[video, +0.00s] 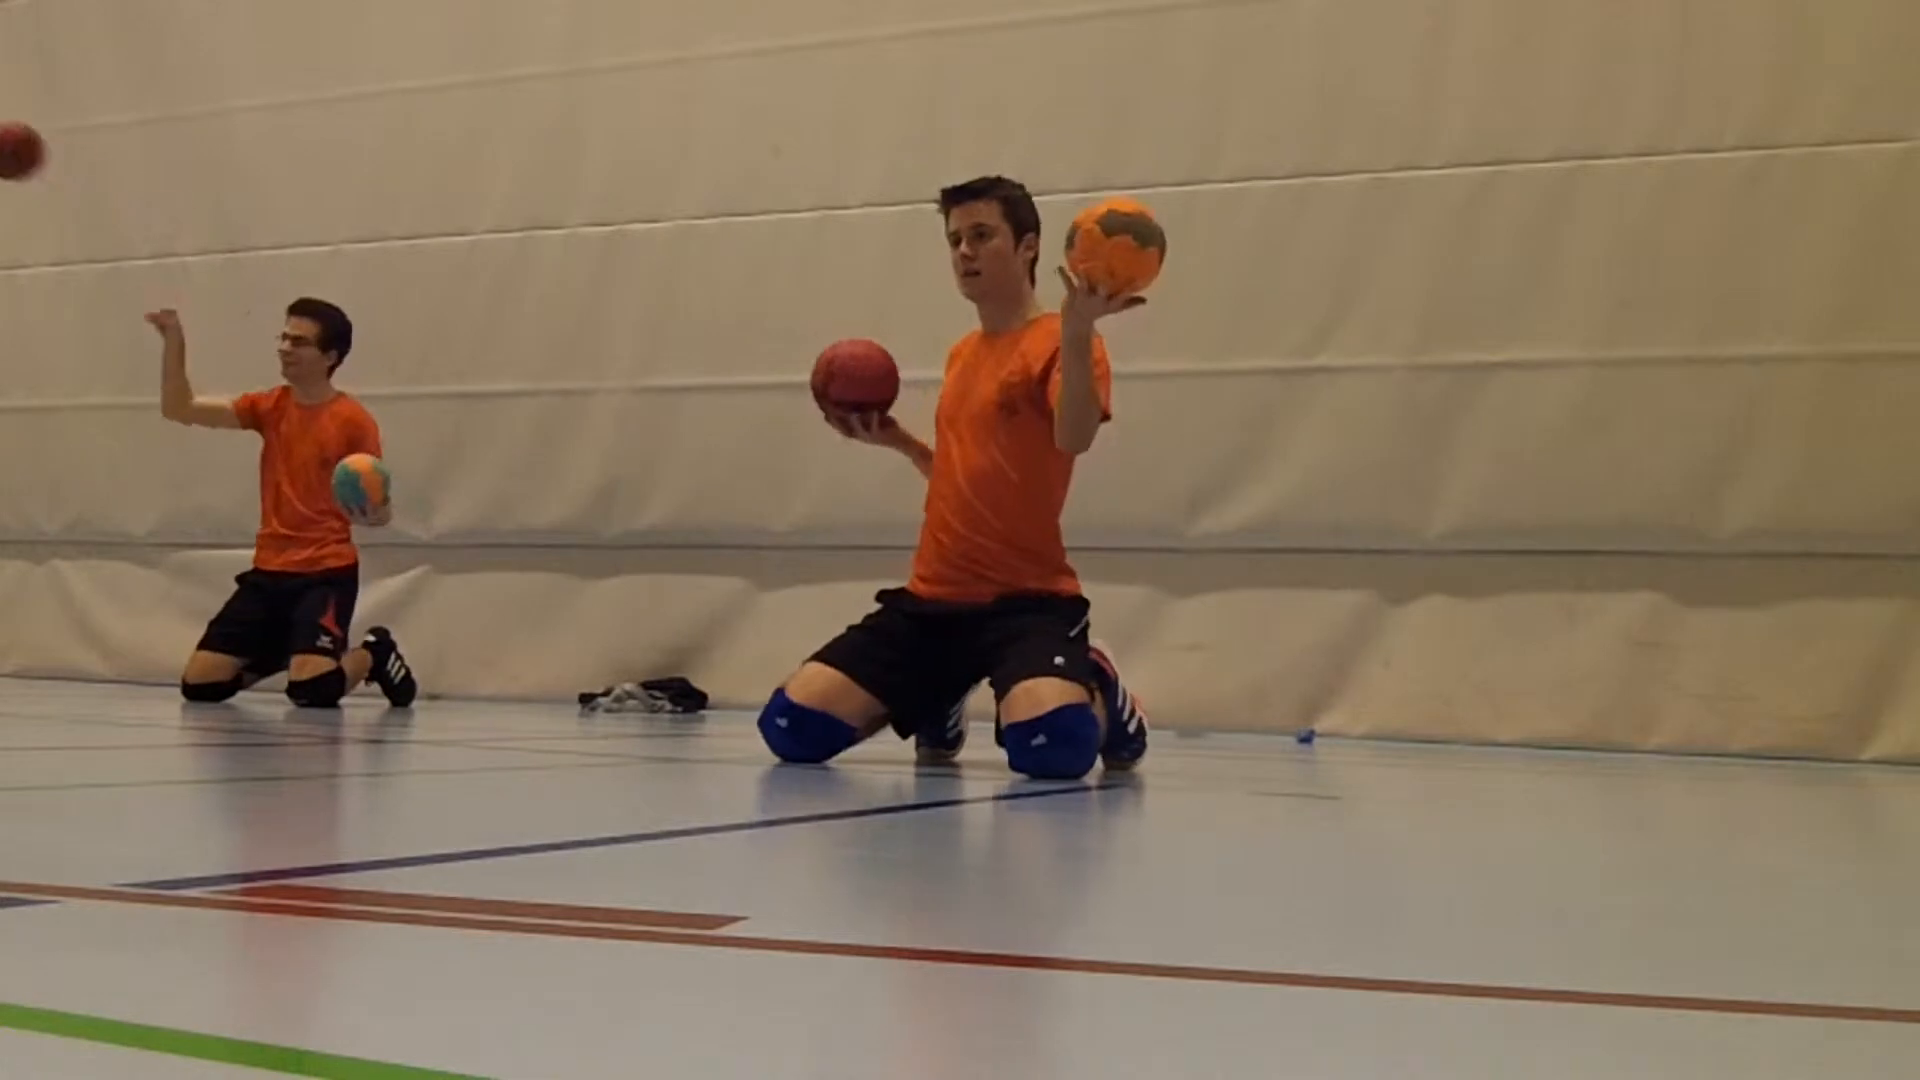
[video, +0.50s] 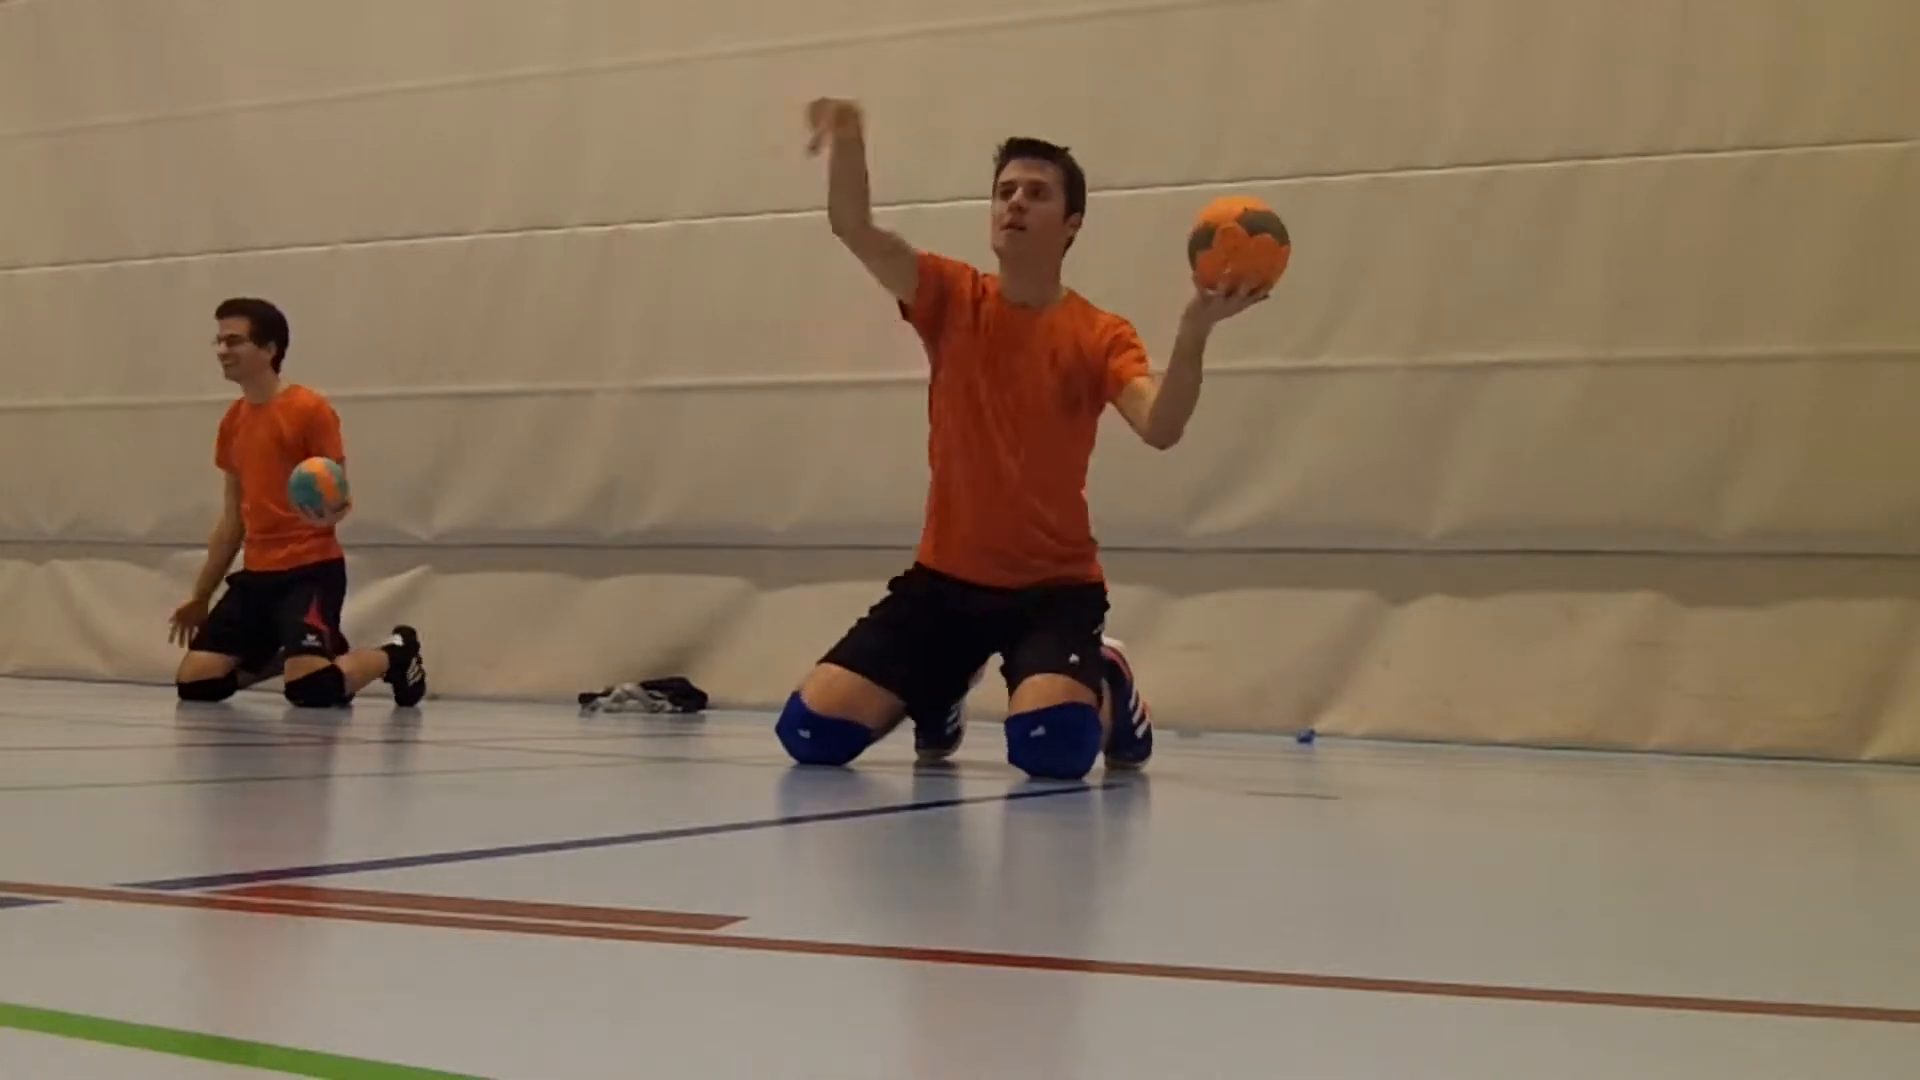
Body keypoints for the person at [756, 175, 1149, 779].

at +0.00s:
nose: (963, 253)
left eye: (981, 235)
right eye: (955, 240)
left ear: (1028, 249)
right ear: (948, 254)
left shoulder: (1064, 341)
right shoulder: (965, 353)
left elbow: (1074, 437)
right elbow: (964, 482)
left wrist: (1076, 328)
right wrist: (899, 439)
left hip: (1028, 607)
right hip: (930, 605)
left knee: (1049, 753)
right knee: (790, 731)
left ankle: (1096, 685)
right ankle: (928, 689)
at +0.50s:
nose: (1015, 203)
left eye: (1037, 194)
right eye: (1006, 192)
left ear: (1071, 224)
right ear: (989, 216)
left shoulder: (1098, 335)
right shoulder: (951, 297)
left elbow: (1161, 427)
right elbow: (853, 225)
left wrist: (1194, 330)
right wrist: (847, 135)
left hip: (1054, 589)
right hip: (946, 581)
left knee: (1050, 751)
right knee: (808, 737)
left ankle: (1108, 684)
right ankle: (934, 683)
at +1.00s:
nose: (1004, 231)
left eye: (1024, 217)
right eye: (994, 220)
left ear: (1067, 243)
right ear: (982, 240)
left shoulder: (1111, 359)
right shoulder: (953, 342)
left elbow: (1187, 468)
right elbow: (852, 433)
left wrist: (1253, 392)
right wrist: (795, 436)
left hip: (1065, 607)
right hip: (958, 601)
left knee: (1047, 753)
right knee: (821, 737)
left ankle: (1115, 691)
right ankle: (938, 689)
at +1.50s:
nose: (971, 226)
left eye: (992, 213)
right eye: (961, 215)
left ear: (1032, 238)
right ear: (948, 235)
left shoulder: (1080, 353)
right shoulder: (921, 337)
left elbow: (1144, 471)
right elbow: (832, 438)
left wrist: (1197, 401)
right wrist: (762, 444)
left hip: (1035, 598)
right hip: (928, 594)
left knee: (1036, 753)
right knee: (784, 731)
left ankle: (1101, 683)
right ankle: (919, 685)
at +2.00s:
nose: (785, 209)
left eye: (804, 194)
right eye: (780, 199)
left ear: (857, 208)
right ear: (784, 219)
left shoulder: (923, 308)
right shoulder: (767, 319)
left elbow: (1002, 411)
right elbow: (650, 394)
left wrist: (1065, 357)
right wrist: (527, 383)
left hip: (940, 566)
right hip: (836, 579)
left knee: (1002, 742)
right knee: (713, 729)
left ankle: (1116, 684)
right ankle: (883, 681)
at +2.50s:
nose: (770, 201)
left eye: (788, 184)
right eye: (761, 189)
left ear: (836, 195)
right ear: (755, 203)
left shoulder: (882, 308)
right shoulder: (747, 293)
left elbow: (860, 426)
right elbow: (754, 418)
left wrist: (865, 320)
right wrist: (700, 395)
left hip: (874, 552)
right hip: (776, 565)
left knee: (942, 730)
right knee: (654, 726)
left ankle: (1093, 692)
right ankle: (838, 677)